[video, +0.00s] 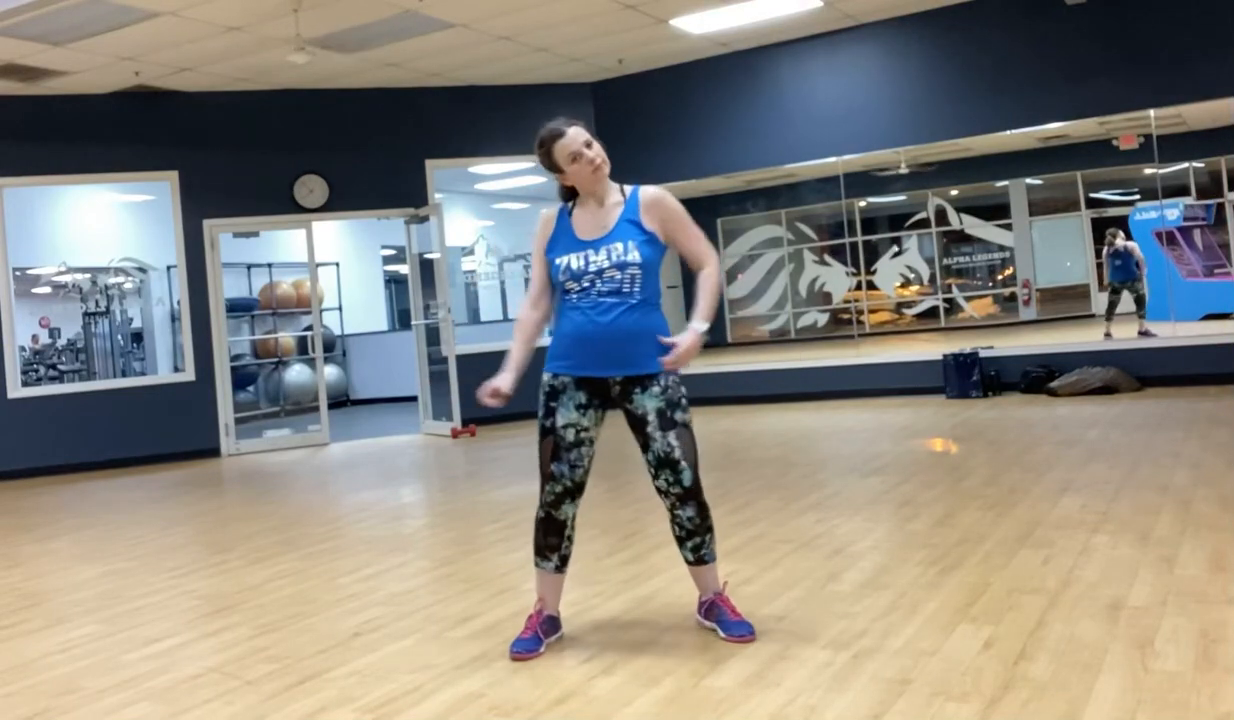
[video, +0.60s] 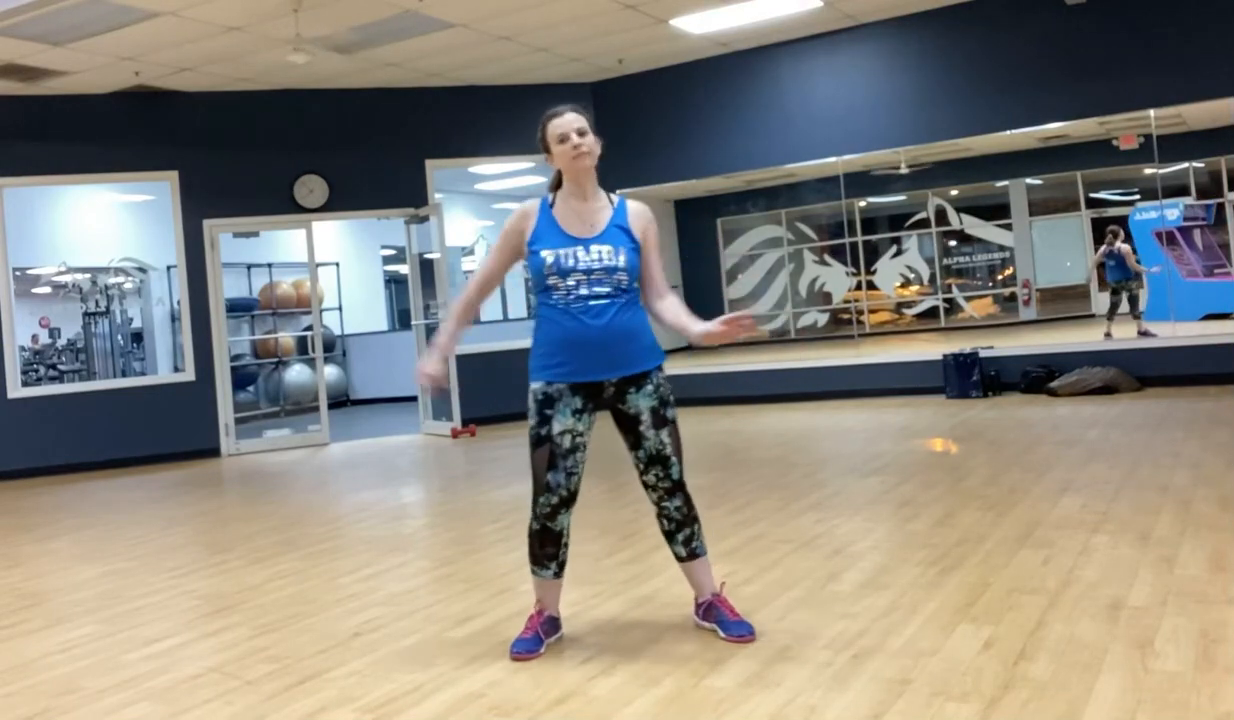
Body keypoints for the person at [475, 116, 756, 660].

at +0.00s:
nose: (591, 155)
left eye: (589, 143)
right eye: (576, 156)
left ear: (601, 143)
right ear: (562, 176)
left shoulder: (652, 203)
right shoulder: (552, 224)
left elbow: (707, 263)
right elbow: (536, 304)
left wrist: (696, 328)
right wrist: (510, 372)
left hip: (649, 371)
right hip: (572, 376)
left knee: (682, 484)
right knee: (559, 490)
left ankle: (712, 599)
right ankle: (545, 613)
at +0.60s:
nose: (578, 142)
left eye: (583, 133)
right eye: (565, 139)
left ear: (599, 143)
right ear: (550, 156)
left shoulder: (635, 215)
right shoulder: (528, 220)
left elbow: (659, 296)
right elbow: (476, 293)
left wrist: (698, 329)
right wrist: (439, 350)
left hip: (637, 371)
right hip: (560, 379)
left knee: (667, 484)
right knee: (552, 497)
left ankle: (710, 600)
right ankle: (545, 615)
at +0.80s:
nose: (560, 139)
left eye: (566, 130)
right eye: (547, 135)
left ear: (583, 142)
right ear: (533, 154)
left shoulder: (618, 215)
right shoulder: (512, 216)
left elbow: (637, 294)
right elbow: (442, 270)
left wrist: (644, 344)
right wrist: (380, 312)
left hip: (616, 373)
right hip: (542, 380)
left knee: (660, 483)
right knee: (541, 500)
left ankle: (707, 600)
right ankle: (545, 615)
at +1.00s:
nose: (551, 135)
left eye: (557, 126)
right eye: (539, 132)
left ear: (574, 138)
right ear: (525, 150)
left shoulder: (610, 207)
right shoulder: (505, 209)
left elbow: (645, 281)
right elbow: (429, 236)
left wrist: (640, 344)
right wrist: (348, 250)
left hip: (611, 369)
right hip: (537, 377)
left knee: (667, 468)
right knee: (538, 494)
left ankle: (697, 594)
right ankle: (544, 614)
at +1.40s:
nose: (594, 139)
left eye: (599, 131)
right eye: (580, 139)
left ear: (619, 146)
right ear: (571, 165)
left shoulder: (657, 205)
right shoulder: (560, 220)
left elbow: (680, 269)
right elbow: (486, 261)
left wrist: (675, 328)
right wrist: (422, 280)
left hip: (653, 379)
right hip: (583, 383)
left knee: (699, 482)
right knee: (544, 496)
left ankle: (679, 608)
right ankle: (486, 600)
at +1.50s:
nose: (609, 148)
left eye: (614, 141)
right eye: (595, 149)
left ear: (632, 157)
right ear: (584, 175)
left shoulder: (661, 216)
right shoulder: (579, 235)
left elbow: (659, 299)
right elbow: (556, 330)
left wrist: (659, 364)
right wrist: (519, 403)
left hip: (656, 389)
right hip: (591, 394)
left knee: (711, 489)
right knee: (539, 508)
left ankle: (679, 610)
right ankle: (458, 613)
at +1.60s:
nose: (610, 153)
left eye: (614, 145)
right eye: (595, 153)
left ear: (631, 161)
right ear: (584, 179)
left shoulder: (659, 220)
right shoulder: (583, 238)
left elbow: (659, 304)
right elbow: (597, 327)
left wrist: (665, 375)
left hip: (657, 385)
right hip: (593, 389)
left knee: (714, 491)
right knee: (535, 510)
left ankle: (678, 610)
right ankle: (453, 613)